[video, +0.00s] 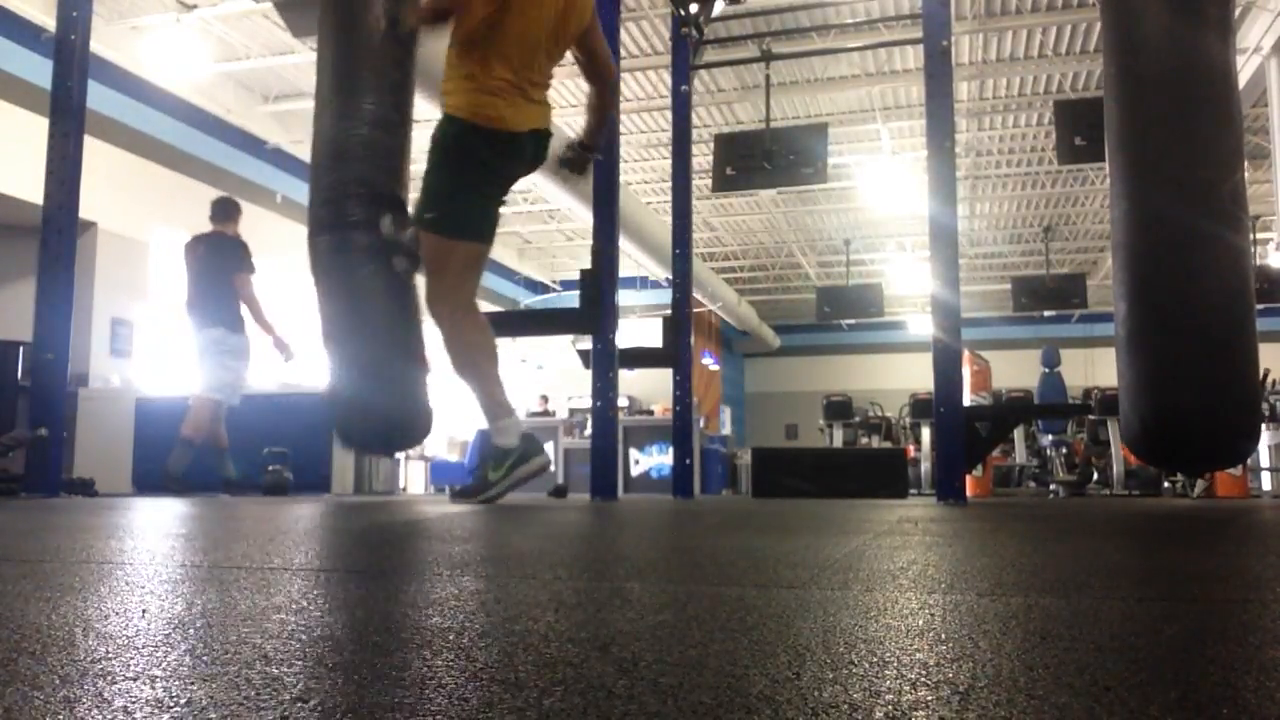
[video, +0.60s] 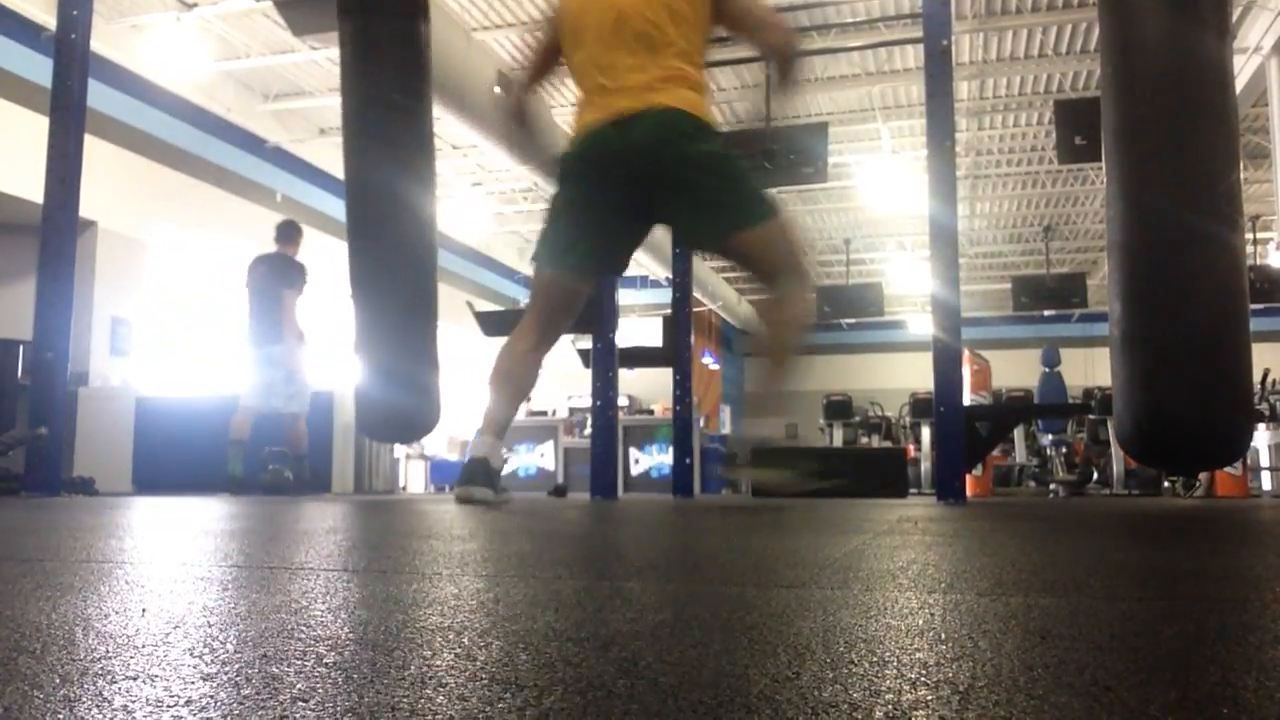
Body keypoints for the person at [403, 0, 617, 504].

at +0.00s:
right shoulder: (573, 3)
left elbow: (430, 11)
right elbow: (605, 77)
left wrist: (402, 17)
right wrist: (588, 147)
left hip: (474, 130)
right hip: (532, 137)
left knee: (449, 298)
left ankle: (508, 439)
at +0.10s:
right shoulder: (597, 2)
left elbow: (430, 16)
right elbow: (619, 79)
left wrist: (426, 69)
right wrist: (581, 142)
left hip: (481, 121)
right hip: (545, 134)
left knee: (463, 296)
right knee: (453, 283)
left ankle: (513, 448)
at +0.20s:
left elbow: (420, 2)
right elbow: (627, 59)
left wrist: (438, 40)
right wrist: (577, 96)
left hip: (506, 106)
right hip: (576, 113)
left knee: (478, 288)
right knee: (515, 239)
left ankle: (511, 447)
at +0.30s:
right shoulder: (626, 1)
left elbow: (427, 8)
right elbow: (631, 74)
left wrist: (439, 51)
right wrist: (520, 57)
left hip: (515, 115)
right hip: (597, 122)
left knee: (484, 298)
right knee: (573, 279)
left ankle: (492, 449)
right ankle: (590, 411)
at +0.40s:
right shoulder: (651, 3)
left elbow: (442, 6)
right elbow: (649, 57)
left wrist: (450, 68)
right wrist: (539, 61)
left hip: (542, 113)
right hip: (623, 109)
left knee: (506, 298)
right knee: (644, 297)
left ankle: (494, 447)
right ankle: (636, 450)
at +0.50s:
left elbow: (452, 23)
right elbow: (706, 57)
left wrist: (464, 107)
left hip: (565, 113)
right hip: (646, 104)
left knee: (547, 299)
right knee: (702, 283)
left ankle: (493, 437)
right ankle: (648, 442)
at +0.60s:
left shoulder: (573, 8)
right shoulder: (699, 1)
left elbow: (519, 89)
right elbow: (780, 37)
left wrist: (549, 163)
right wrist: (783, 63)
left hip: (596, 155)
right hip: (680, 142)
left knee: (539, 322)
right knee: (791, 278)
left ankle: (483, 455)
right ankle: (765, 430)